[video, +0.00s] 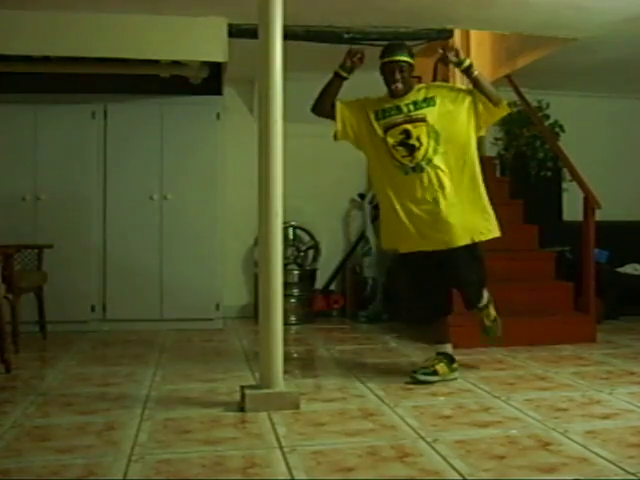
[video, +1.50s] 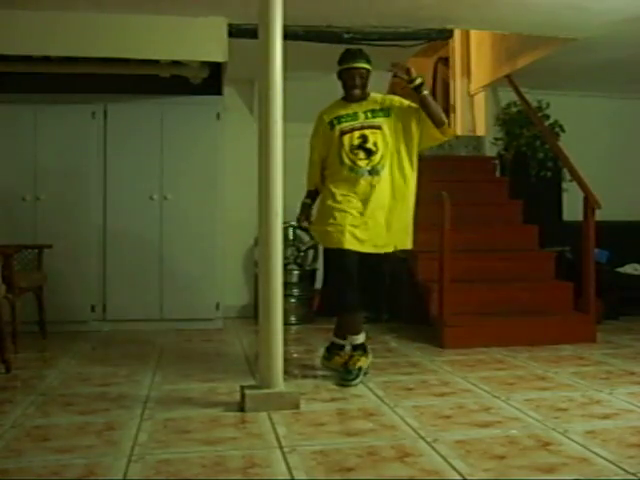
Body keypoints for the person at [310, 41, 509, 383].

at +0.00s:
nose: (395, 76)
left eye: (401, 70)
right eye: (388, 71)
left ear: (414, 71)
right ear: (381, 75)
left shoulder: (444, 97)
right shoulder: (369, 111)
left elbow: (494, 105)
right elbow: (322, 108)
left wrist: (465, 66)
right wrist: (344, 72)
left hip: (452, 208)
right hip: (407, 216)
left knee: (468, 279)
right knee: (427, 293)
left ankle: (482, 306)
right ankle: (444, 355)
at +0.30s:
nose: (383, 80)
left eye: (387, 71)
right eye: (376, 77)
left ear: (404, 67)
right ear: (375, 81)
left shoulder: (442, 97)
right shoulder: (376, 109)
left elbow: (480, 128)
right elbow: (345, 107)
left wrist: (469, 86)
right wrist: (362, 61)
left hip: (448, 209)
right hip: (401, 216)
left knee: (452, 285)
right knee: (416, 295)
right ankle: (442, 356)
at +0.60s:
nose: (392, 80)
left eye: (397, 74)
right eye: (386, 76)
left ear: (407, 75)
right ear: (378, 78)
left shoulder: (425, 107)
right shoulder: (371, 108)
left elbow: (446, 147)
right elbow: (344, 97)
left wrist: (452, 110)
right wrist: (369, 64)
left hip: (426, 214)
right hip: (387, 215)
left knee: (427, 293)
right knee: (398, 297)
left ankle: (366, 324)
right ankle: (422, 347)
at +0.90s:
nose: (385, 85)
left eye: (391, 79)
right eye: (379, 79)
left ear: (399, 83)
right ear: (369, 81)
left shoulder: (406, 119)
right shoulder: (354, 111)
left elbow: (418, 172)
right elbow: (327, 144)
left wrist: (433, 138)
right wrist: (343, 94)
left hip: (400, 213)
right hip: (366, 213)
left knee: (373, 288)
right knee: (388, 285)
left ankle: (342, 345)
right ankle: (415, 348)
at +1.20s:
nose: (374, 80)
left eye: (381, 74)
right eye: (368, 74)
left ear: (389, 76)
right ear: (357, 75)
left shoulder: (406, 113)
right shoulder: (341, 110)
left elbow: (444, 139)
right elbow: (323, 156)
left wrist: (434, 99)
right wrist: (323, 177)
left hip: (389, 209)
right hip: (352, 206)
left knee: (369, 280)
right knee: (354, 275)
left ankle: (337, 345)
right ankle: (352, 346)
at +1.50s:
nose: (355, 81)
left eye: (361, 75)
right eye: (348, 75)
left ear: (370, 78)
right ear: (339, 77)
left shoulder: (397, 107)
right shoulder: (329, 117)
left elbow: (441, 125)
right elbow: (318, 169)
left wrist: (419, 91)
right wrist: (307, 205)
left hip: (381, 209)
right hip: (340, 208)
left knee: (361, 281)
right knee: (344, 280)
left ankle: (337, 347)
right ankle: (358, 349)